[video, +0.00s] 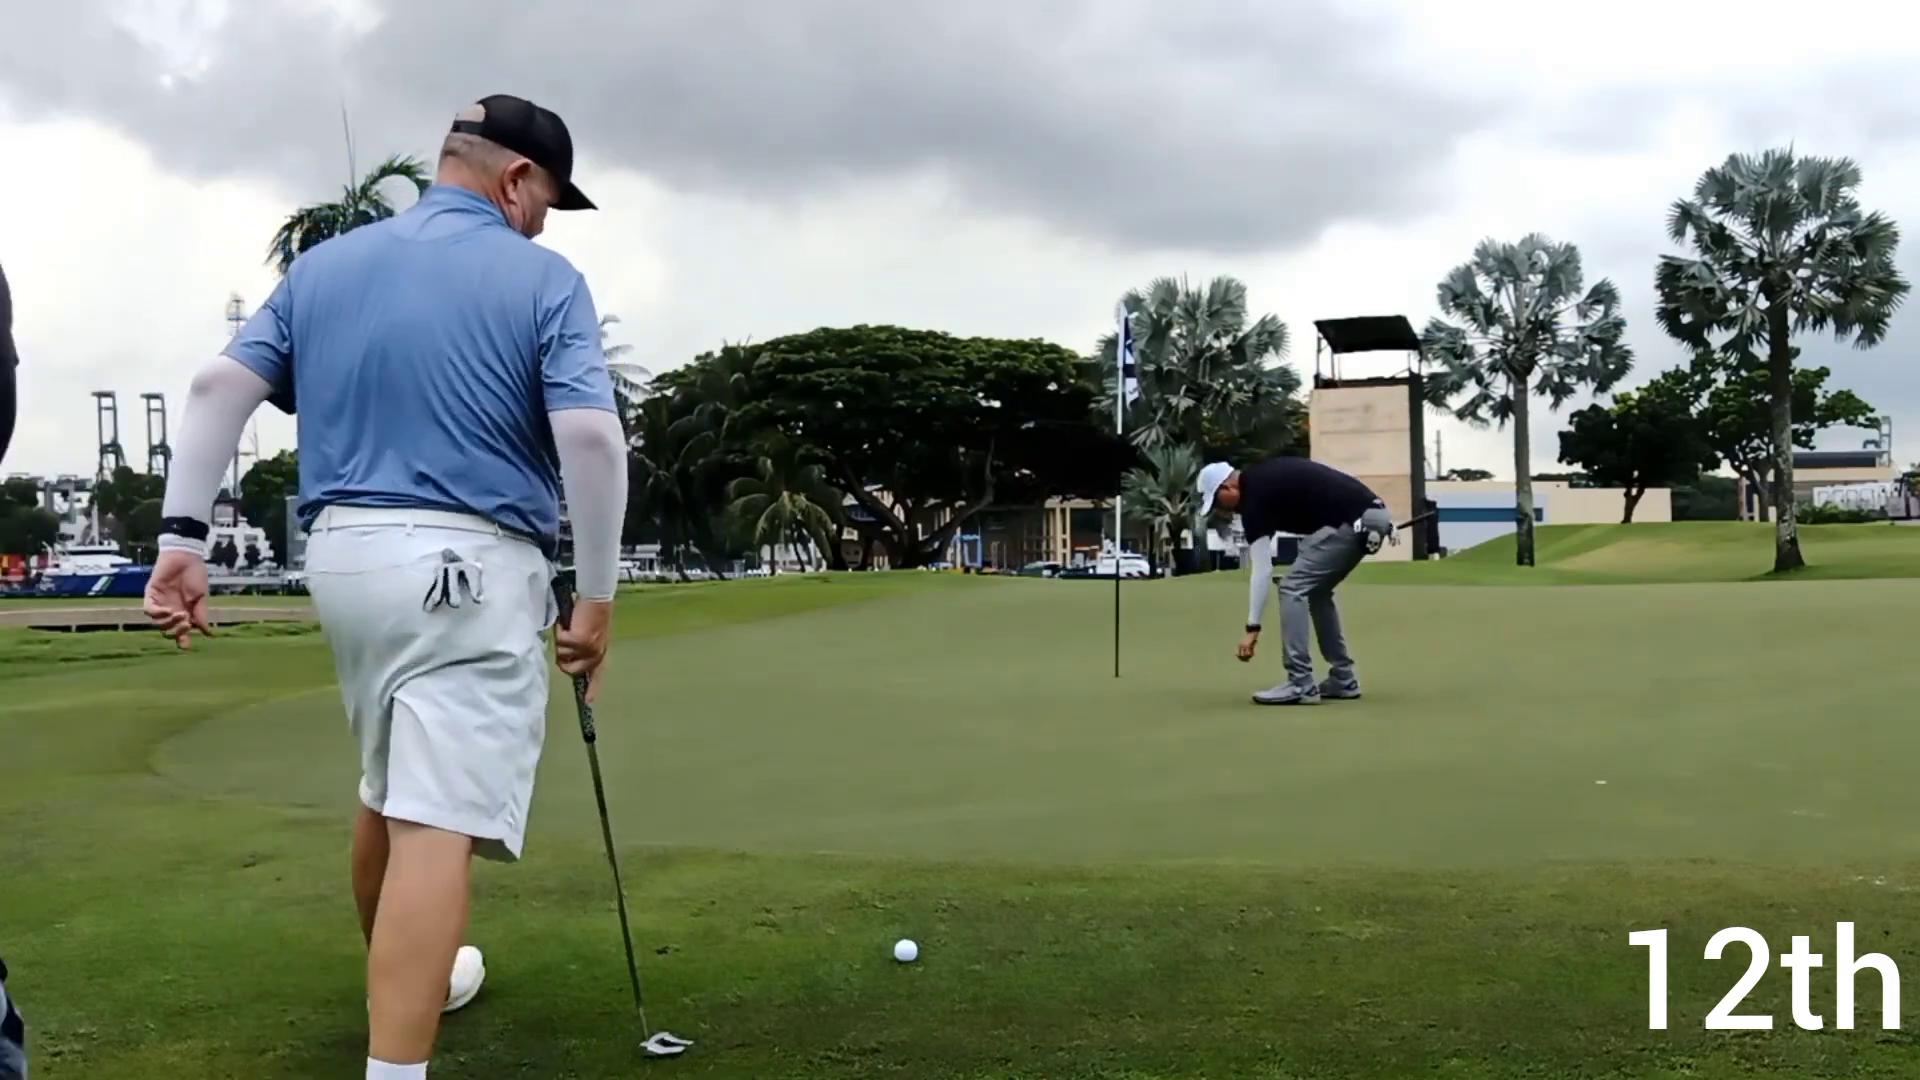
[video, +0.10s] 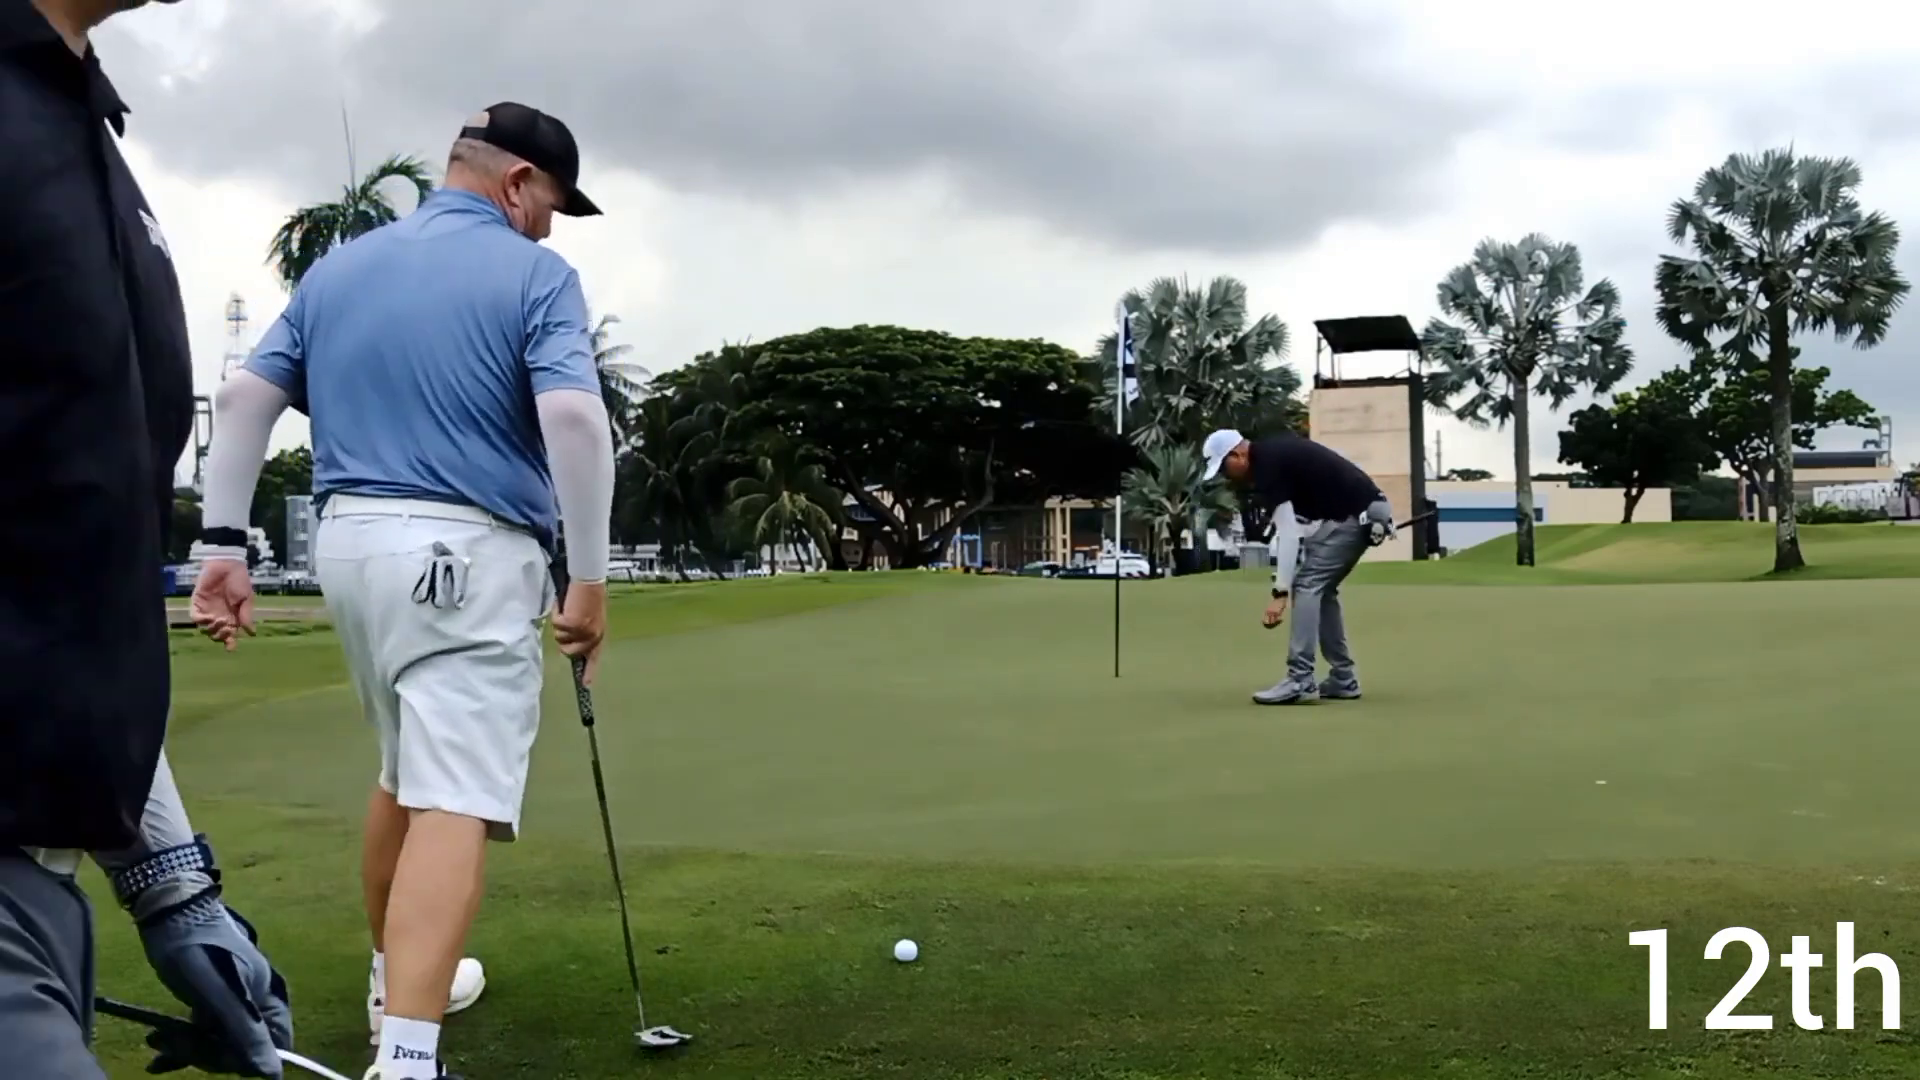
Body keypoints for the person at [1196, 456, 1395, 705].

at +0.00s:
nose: (1222, 509)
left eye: (1217, 502)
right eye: (1216, 506)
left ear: (1227, 487)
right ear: (1230, 482)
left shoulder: (1253, 500)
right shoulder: (1262, 480)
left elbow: (1262, 571)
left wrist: (1252, 629)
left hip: (1350, 523)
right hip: (1367, 515)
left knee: (1292, 587)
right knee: (1319, 592)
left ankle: (1300, 682)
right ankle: (1343, 678)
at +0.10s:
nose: (1227, 478)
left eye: (1224, 469)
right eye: (1221, 472)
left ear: (1238, 454)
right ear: (1240, 451)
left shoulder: (1267, 465)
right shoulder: (1273, 452)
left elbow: (1288, 532)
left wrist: (1280, 594)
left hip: (1352, 516)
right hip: (1363, 510)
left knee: (1307, 585)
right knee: (1323, 590)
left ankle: (1300, 679)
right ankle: (1343, 678)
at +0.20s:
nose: (1238, 440)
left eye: (1238, 432)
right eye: (1235, 435)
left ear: (1255, 418)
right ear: (1254, 420)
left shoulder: (1285, 437)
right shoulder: (1282, 435)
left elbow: (1319, 498)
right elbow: (1320, 494)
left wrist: (1316, 559)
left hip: (1356, 506)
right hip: (1352, 505)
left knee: (1319, 583)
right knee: (1327, 588)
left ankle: (1305, 671)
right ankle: (1343, 678)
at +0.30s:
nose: (1258, 411)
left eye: (1259, 402)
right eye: (1254, 405)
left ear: (1278, 391)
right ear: (1270, 397)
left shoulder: (1309, 414)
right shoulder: (1289, 425)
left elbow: (1346, 472)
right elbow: (1313, 482)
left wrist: (1353, 528)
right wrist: (1314, 531)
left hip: (1364, 499)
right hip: (1343, 502)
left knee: (1327, 576)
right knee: (1325, 576)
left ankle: (1338, 669)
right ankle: (1338, 670)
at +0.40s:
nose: (1279, 387)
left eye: (1283, 378)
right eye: (1273, 382)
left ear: (1302, 371)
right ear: (1273, 384)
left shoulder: (1331, 396)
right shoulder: (1292, 417)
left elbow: (1371, 449)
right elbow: (1306, 475)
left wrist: (1388, 506)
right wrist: (1310, 526)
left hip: (1364, 502)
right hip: (1335, 509)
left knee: (1343, 572)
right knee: (1329, 582)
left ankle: (1366, 668)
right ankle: (1343, 671)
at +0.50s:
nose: (1306, 371)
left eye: (1312, 362)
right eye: (1299, 365)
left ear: (1328, 360)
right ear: (1294, 370)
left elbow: (1398, 442)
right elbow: (1306, 466)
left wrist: (1416, 493)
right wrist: (1308, 518)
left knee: (1377, 577)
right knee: (1336, 589)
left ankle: (1403, 667)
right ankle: (1344, 677)